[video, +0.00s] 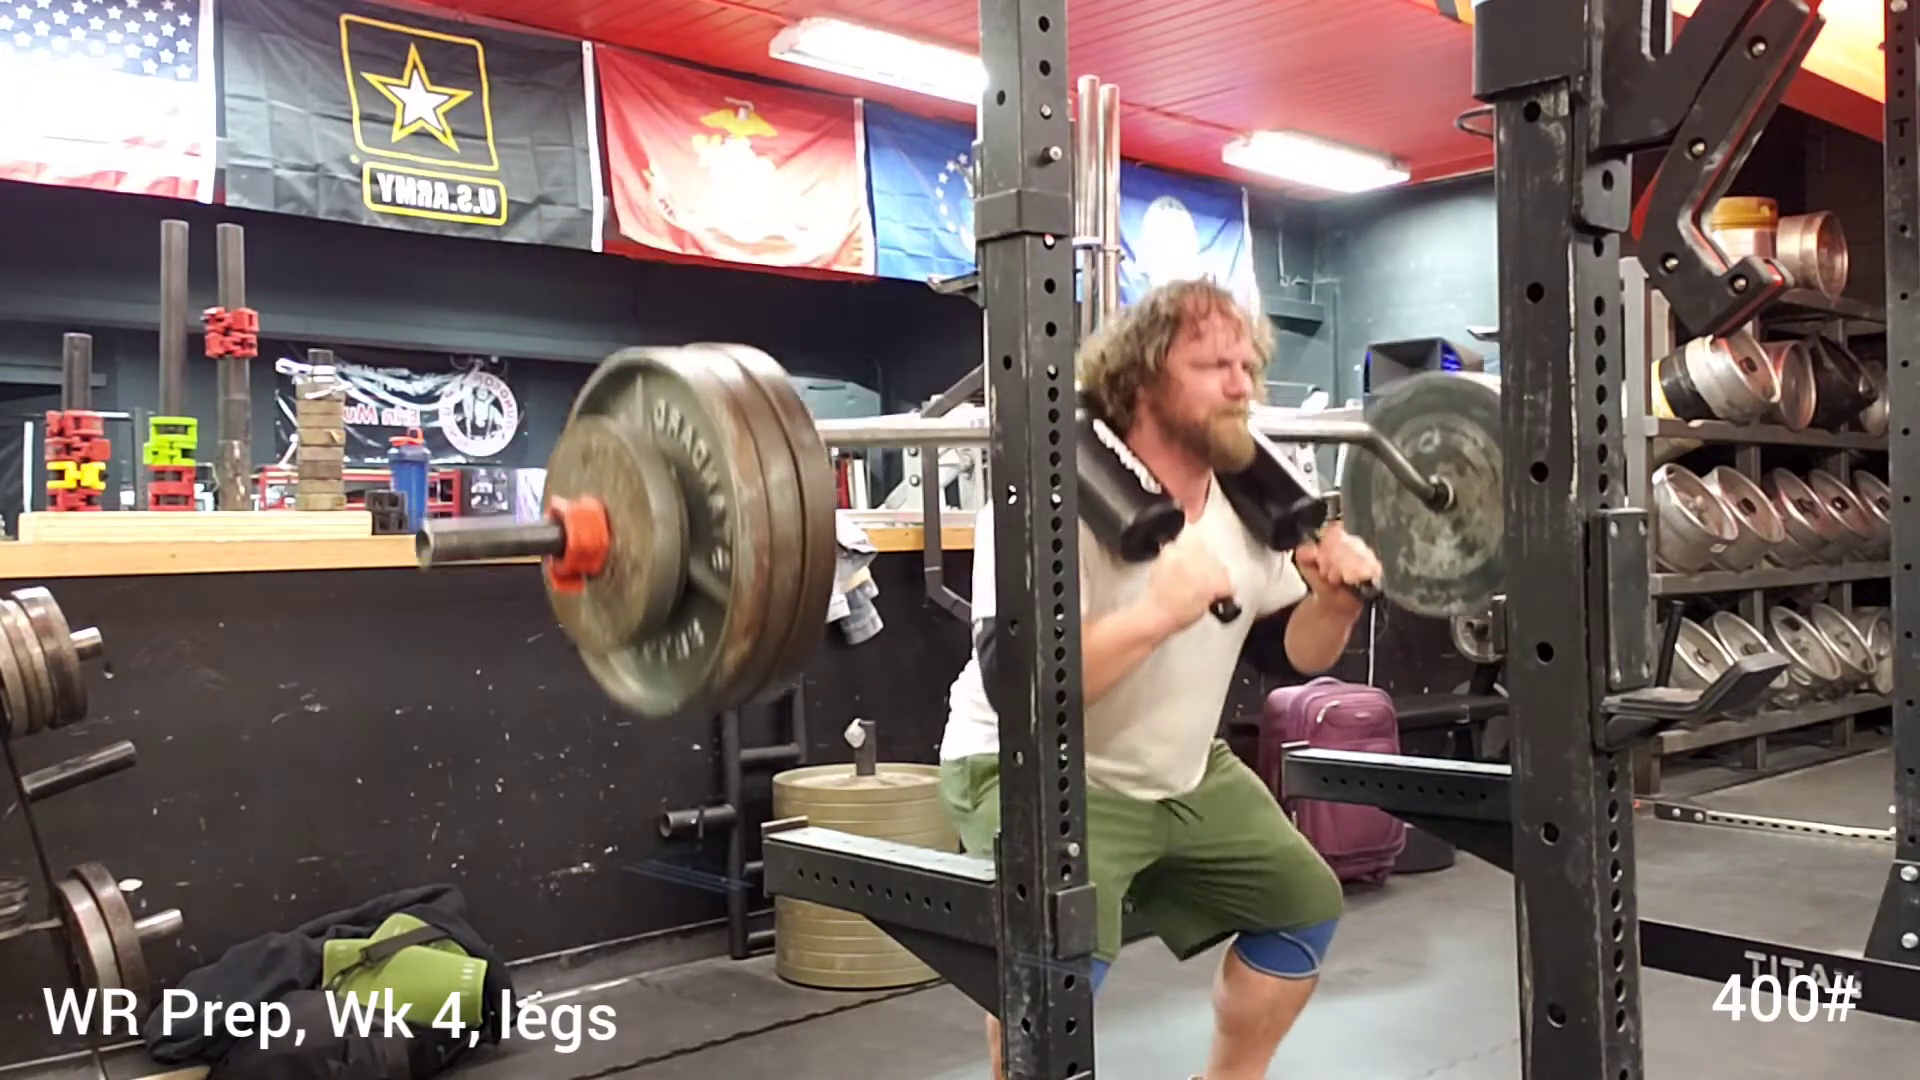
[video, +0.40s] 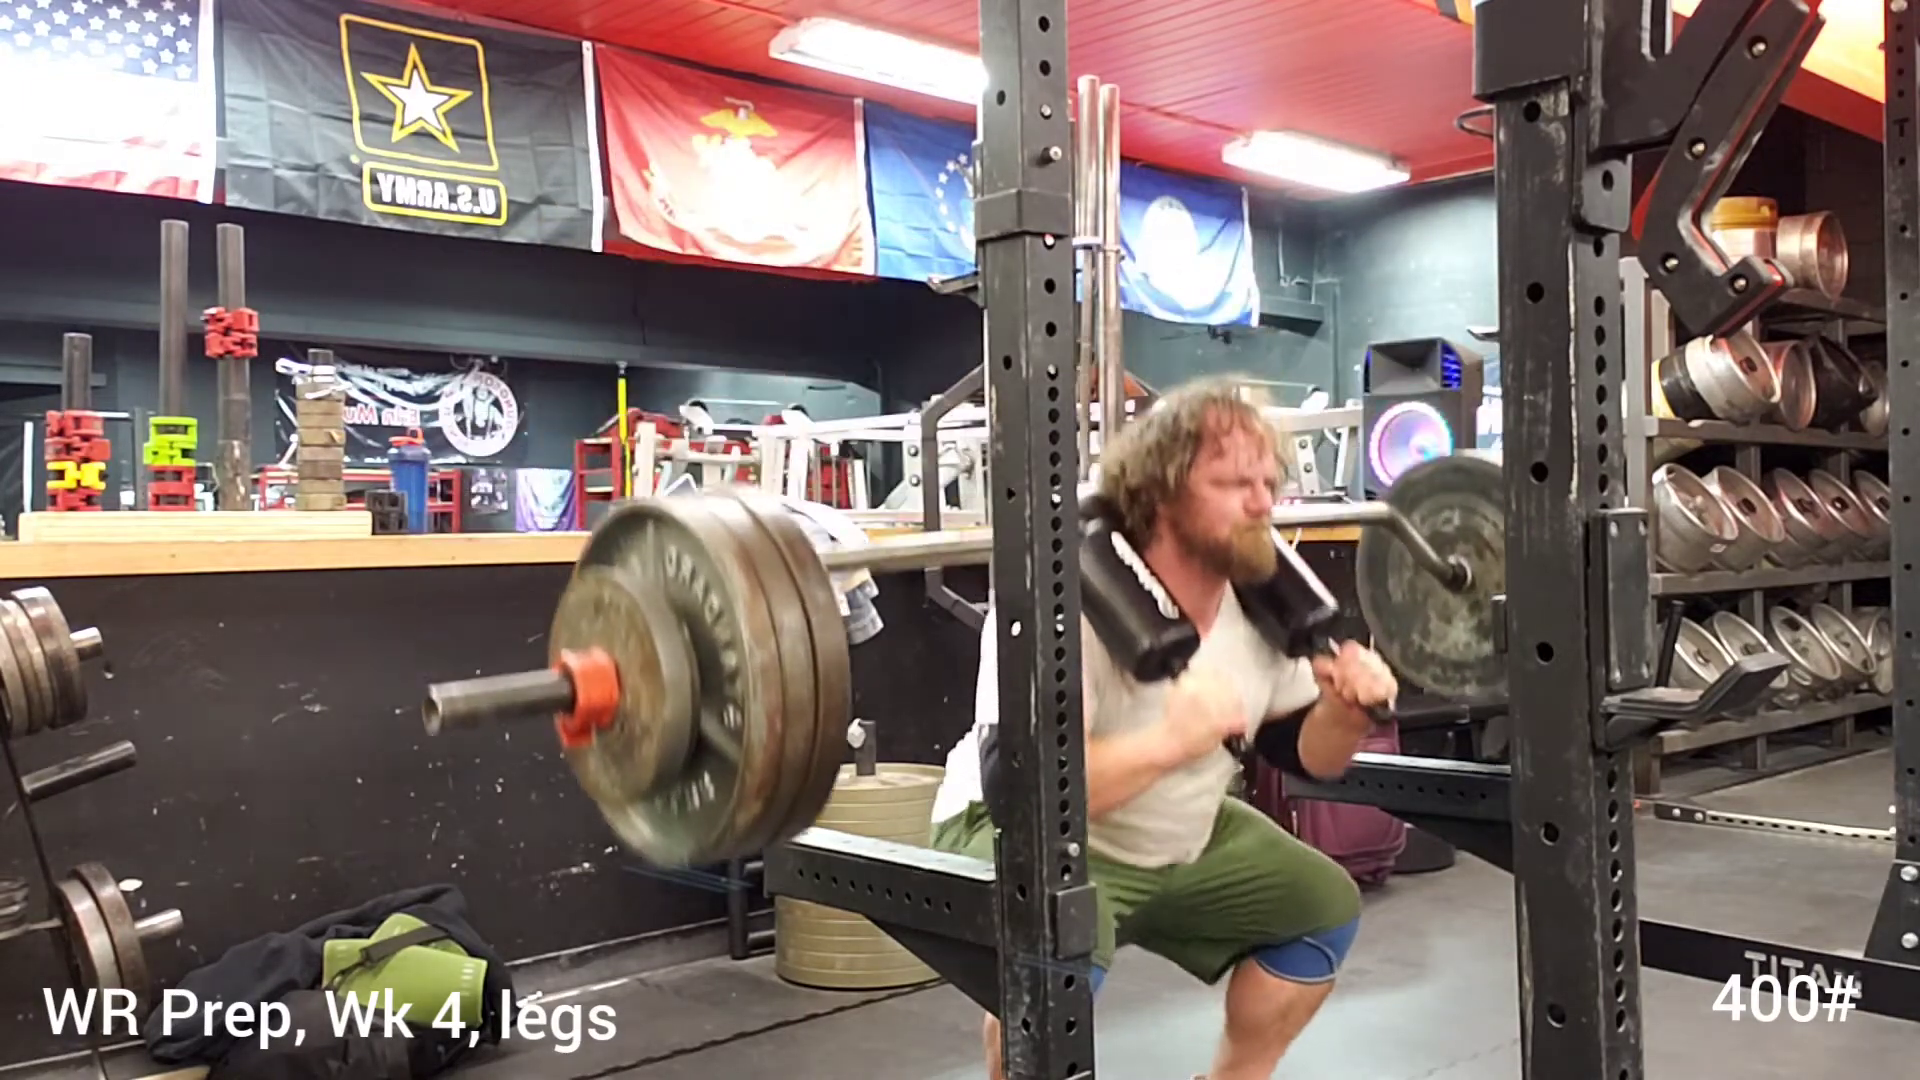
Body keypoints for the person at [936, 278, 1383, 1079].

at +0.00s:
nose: (1240, 386)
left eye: (1247, 366)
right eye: (1213, 366)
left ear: (1258, 373)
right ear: (1145, 381)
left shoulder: (1253, 484)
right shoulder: (1054, 485)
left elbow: (1304, 655)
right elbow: (1019, 684)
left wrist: (1337, 596)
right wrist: (1156, 613)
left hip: (1184, 766)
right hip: (1043, 768)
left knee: (1301, 905)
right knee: (1068, 945)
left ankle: (1231, 1075)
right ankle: (1020, 1069)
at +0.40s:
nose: (1260, 504)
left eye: (1267, 485)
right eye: (1235, 485)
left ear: (1277, 484)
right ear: (1161, 490)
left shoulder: (1261, 585)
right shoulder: (1065, 594)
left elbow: (1316, 757)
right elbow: (1029, 791)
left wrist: (1348, 702)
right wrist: (1167, 742)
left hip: (1180, 828)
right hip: (1036, 837)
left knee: (1321, 908)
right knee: (1062, 947)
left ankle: (1236, 1073)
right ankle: (1017, 1070)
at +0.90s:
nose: (1273, 621)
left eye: (1278, 599)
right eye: (1244, 600)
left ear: (1288, 597)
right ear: (1175, 608)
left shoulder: (1276, 697)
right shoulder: (1087, 707)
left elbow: (1330, 854)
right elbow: (1042, 893)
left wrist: (1364, 816)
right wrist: (1182, 856)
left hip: (1232, 941)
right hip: (1113, 951)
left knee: (1363, 937)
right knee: (1090, 998)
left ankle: (1243, 1074)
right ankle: (1015, 1066)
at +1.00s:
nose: (1274, 615)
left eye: (1278, 593)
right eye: (1246, 595)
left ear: (1289, 593)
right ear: (1175, 603)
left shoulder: (1276, 695)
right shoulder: (1091, 704)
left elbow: (1329, 851)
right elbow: (1043, 885)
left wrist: (1366, 810)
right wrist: (1183, 850)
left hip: (1228, 940)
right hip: (1111, 947)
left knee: (1361, 932)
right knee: (1092, 986)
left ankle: (1243, 1074)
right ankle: (1023, 1068)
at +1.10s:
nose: (1277, 596)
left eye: (1283, 575)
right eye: (1252, 577)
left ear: (1293, 573)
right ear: (1179, 582)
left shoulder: (1278, 673)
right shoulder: (1093, 681)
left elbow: (1332, 834)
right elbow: (1044, 866)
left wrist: (1364, 790)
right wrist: (1183, 826)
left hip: (1219, 908)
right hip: (1104, 917)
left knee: (1350, 921)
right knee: (1091, 974)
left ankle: (1237, 1076)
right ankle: (1028, 1069)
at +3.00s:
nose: (1239, 260)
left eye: (1245, 240)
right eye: (1214, 240)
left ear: (1252, 250)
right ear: (1145, 249)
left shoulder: (1250, 364)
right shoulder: (1058, 355)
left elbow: (1307, 536)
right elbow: (1002, 527)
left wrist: (1335, 469)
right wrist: (1144, 460)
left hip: (1195, 701)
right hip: (1057, 703)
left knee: (1267, 890)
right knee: (1047, 938)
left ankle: (1230, 1074)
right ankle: (1014, 1073)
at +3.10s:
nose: (1238, 311)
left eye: (1247, 290)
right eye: (1213, 289)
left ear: (1255, 296)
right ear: (1147, 299)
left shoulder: (1249, 405)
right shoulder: (1060, 404)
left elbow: (1306, 583)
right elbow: (1019, 596)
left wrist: (1334, 516)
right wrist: (1149, 520)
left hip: (1199, 730)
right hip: (1066, 738)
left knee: (1299, 900)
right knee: (1066, 960)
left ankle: (1235, 1075)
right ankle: (1022, 1073)